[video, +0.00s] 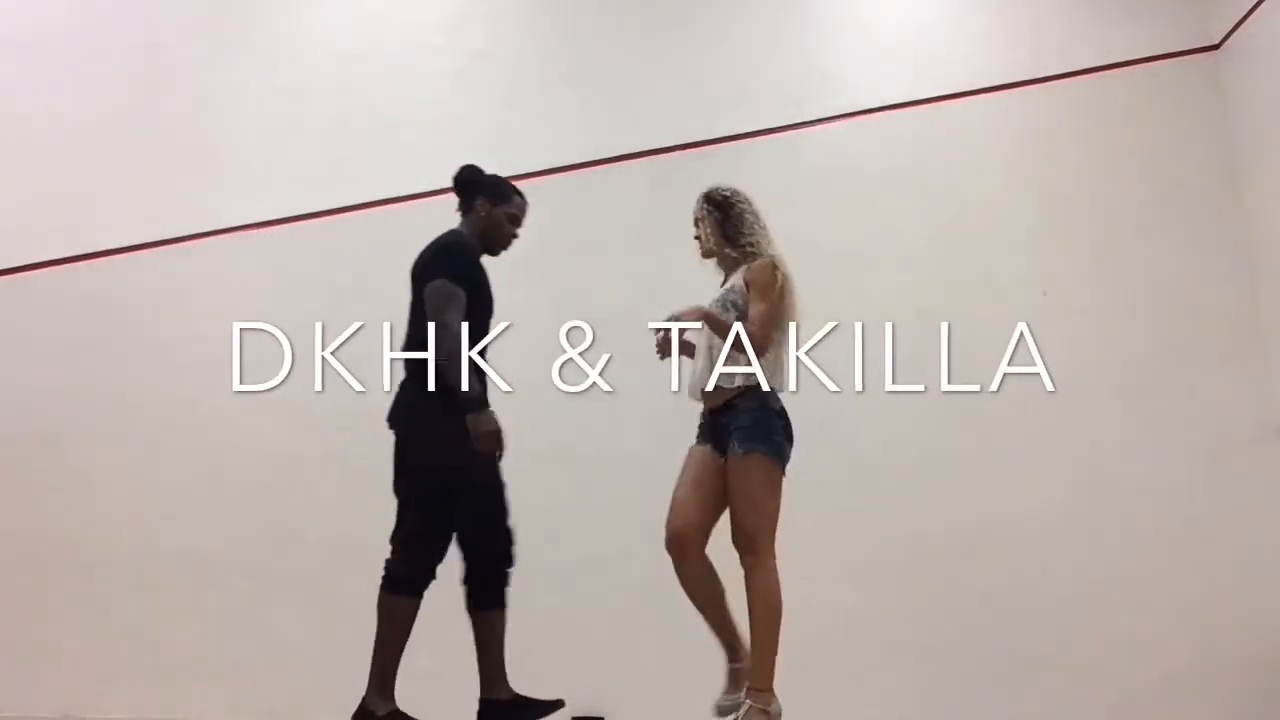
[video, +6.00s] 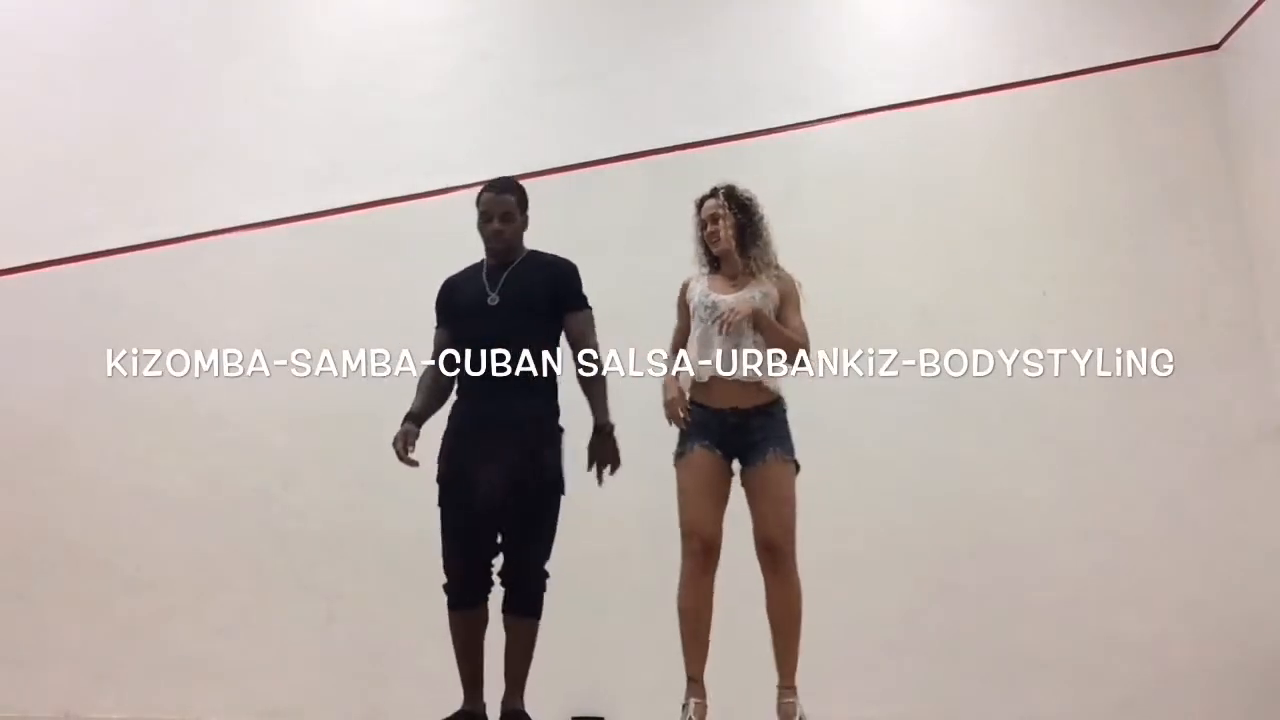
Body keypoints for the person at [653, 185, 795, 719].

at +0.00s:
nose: (696, 233)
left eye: (702, 223)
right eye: (696, 225)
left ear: (726, 224)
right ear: (716, 229)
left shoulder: (761, 271)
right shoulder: (725, 284)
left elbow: (758, 340)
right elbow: (720, 361)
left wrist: (707, 317)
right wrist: (684, 349)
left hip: (756, 416)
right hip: (716, 421)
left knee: (755, 549)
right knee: (682, 541)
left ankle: (762, 694)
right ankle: (737, 657)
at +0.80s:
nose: (689, 238)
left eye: (698, 228)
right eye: (685, 232)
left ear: (724, 230)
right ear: (686, 242)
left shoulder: (770, 290)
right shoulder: (685, 296)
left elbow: (792, 360)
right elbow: (667, 369)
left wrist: (763, 375)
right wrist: (681, 316)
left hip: (751, 428)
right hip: (692, 429)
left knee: (753, 540)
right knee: (695, 555)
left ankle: (750, 679)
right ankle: (701, 694)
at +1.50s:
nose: (740, 250)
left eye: (747, 240)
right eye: (734, 243)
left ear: (771, 240)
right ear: (729, 250)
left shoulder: (810, 300)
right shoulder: (726, 305)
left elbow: (827, 375)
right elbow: (708, 376)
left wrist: (801, 365)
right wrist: (727, 369)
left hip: (798, 430)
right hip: (740, 431)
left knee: (801, 556)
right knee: (745, 533)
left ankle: (794, 695)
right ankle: (755, 678)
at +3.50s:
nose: (746, 224)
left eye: (756, 216)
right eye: (737, 220)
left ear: (777, 227)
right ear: (730, 237)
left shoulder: (804, 283)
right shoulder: (720, 295)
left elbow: (844, 351)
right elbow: (710, 367)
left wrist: (818, 303)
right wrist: (684, 425)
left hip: (788, 429)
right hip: (725, 428)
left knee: (796, 553)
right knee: (720, 552)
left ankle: (806, 695)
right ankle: (709, 692)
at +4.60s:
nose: (727, 229)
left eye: (734, 219)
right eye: (720, 225)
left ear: (759, 225)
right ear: (717, 239)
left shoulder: (796, 286)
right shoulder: (713, 297)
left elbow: (828, 350)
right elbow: (704, 372)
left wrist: (846, 290)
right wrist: (657, 344)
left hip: (790, 430)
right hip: (728, 431)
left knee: (790, 556)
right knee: (717, 549)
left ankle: (782, 695)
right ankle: (715, 687)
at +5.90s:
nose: (720, 228)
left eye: (727, 219)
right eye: (712, 223)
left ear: (749, 223)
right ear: (706, 234)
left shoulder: (783, 283)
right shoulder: (700, 292)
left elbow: (811, 349)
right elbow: (691, 362)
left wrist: (775, 310)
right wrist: (684, 386)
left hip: (776, 426)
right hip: (714, 426)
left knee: (787, 554)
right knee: (707, 551)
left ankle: (795, 693)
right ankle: (697, 690)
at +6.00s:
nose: (715, 227)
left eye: (722, 218)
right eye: (708, 221)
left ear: (744, 222)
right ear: (701, 232)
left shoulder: (778, 282)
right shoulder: (693, 289)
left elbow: (799, 348)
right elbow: (675, 355)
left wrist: (761, 319)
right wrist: (670, 383)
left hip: (764, 424)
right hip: (702, 424)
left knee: (776, 551)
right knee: (699, 550)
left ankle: (787, 690)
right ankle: (694, 690)